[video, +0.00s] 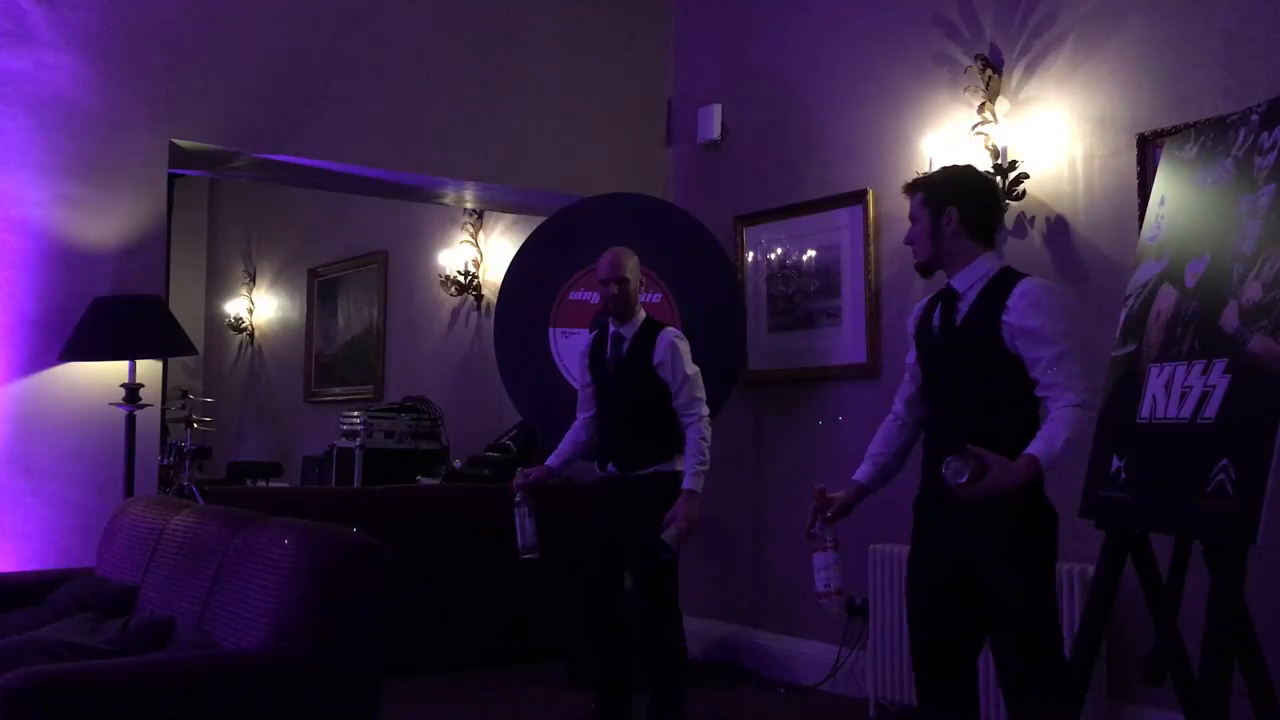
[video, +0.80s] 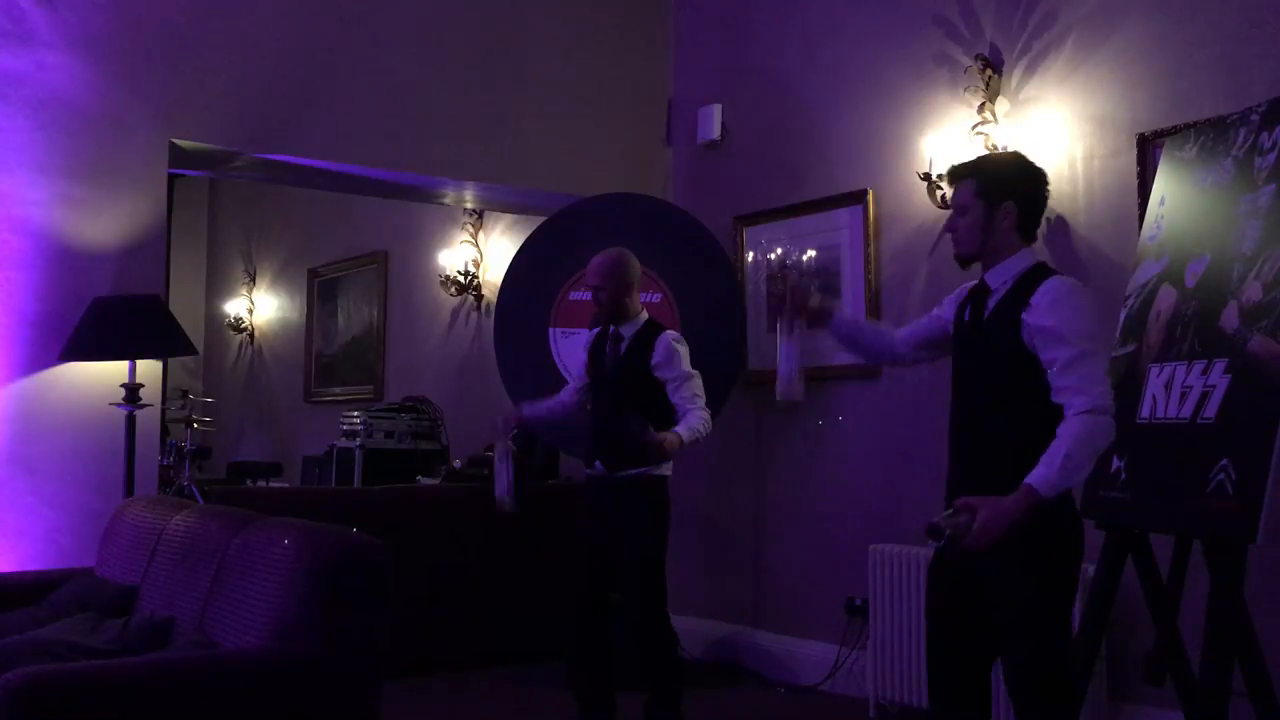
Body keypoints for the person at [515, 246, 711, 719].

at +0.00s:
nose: (612, 292)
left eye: (621, 282)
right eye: (605, 283)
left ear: (640, 285)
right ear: (596, 288)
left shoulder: (668, 343)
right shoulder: (592, 348)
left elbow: (696, 420)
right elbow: (587, 420)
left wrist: (691, 493)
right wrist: (549, 467)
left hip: (656, 487)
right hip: (609, 487)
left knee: (656, 604)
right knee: (604, 599)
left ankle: (666, 706)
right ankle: (611, 703)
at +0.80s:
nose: (591, 298)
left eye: (599, 291)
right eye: (589, 290)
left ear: (627, 290)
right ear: (597, 291)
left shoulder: (664, 344)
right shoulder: (595, 342)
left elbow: (699, 414)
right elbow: (572, 401)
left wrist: (672, 439)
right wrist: (523, 414)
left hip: (644, 488)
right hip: (599, 486)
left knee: (645, 603)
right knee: (594, 598)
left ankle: (662, 705)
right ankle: (595, 702)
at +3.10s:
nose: (608, 305)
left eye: (618, 296)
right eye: (603, 296)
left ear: (642, 294)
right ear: (599, 296)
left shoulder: (672, 352)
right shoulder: (594, 346)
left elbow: (659, 431)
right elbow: (568, 411)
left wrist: (631, 378)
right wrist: (610, 430)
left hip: (645, 489)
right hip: (595, 488)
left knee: (645, 599)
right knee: (592, 598)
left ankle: (663, 701)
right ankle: (594, 700)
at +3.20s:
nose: (606, 305)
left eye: (616, 296)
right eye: (603, 296)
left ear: (641, 295)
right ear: (599, 297)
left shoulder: (668, 352)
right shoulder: (592, 345)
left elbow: (658, 430)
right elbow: (555, 406)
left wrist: (641, 373)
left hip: (641, 490)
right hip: (591, 487)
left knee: (641, 598)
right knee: (589, 596)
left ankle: (659, 701)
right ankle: (591, 699)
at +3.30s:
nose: (616, 301)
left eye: (625, 293)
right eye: (611, 293)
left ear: (648, 294)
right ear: (605, 297)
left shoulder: (668, 352)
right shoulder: (603, 347)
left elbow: (651, 428)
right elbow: (561, 399)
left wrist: (617, 389)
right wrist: (543, 361)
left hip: (640, 489)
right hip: (596, 485)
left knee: (638, 599)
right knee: (592, 596)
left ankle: (658, 702)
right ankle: (593, 698)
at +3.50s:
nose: (617, 309)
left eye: (627, 301)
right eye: (611, 301)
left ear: (649, 304)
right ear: (606, 306)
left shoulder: (664, 361)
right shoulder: (607, 361)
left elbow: (636, 432)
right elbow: (582, 423)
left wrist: (574, 437)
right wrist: (544, 431)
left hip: (636, 494)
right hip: (595, 490)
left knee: (631, 600)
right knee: (591, 597)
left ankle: (643, 698)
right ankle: (592, 697)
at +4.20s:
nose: (616, 291)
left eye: (622, 283)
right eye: (606, 284)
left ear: (632, 290)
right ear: (591, 295)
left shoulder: (652, 345)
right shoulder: (586, 352)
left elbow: (660, 422)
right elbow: (586, 418)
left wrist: (595, 396)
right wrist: (555, 439)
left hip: (632, 484)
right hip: (587, 482)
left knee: (633, 596)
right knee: (586, 594)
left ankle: (661, 700)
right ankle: (589, 699)